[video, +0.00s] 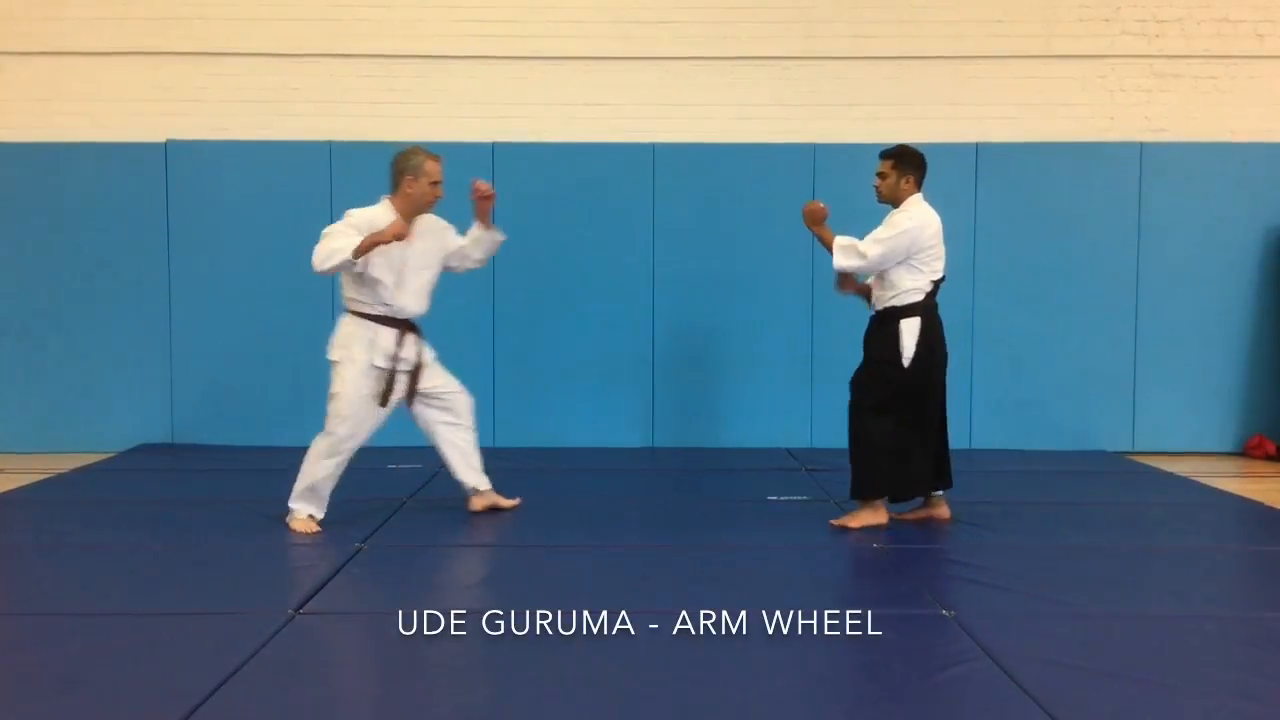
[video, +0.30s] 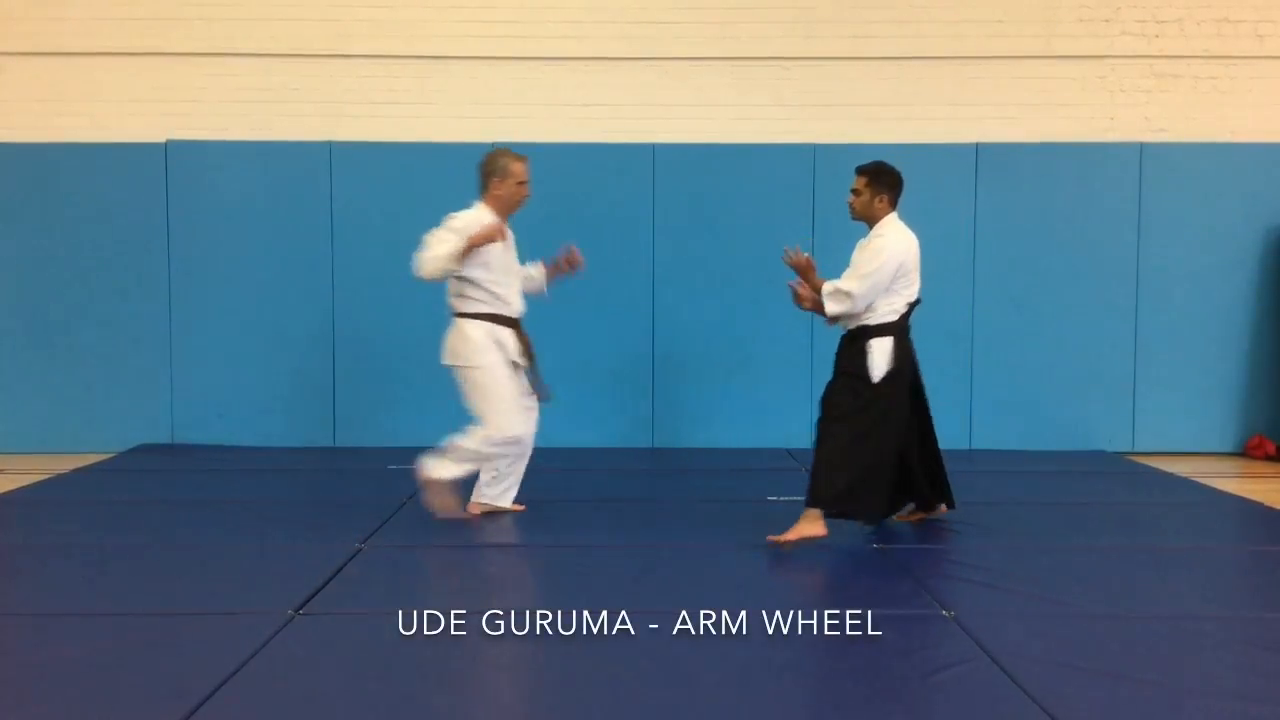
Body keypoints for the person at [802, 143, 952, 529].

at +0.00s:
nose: (876, 183)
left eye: (883, 176)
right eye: (877, 176)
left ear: (907, 180)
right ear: (906, 181)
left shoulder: (912, 219)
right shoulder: (915, 216)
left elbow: (863, 258)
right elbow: (898, 287)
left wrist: (820, 230)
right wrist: (859, 288)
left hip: (903, 327)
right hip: (917, 324)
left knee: (867, 405)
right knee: (922, 410)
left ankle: (873, 505)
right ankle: (935, 499)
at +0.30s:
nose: (849, 199)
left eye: (857, 193)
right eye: (852, 192)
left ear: (881, 200)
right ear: (880, 200)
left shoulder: (886, 243)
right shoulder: (893, 236)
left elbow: (849, 297)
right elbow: (864, 298)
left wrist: (813, 280)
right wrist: (821, 303)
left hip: (871, 345)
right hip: (889, 342)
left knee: (834, 423)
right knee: (906, 422)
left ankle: (813, 514)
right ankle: (930, 500)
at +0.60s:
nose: (808, 192)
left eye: (815, 186)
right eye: (811, 185)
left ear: (834, 192)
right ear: (841, 193)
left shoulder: (843, 239)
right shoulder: (842, 229)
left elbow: (794, 294)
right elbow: (782, 240)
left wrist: (776, 265)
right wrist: (753, 204)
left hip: (831, 350)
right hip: (852, 344)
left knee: (804, 443)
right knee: (866, 436)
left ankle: (813, 544)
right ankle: (903, 512)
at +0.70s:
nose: (799, 188)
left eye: (804, 180)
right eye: (800, 180)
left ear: (819, 184)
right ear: (840, 185)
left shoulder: (818, 234)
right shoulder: (856, 219)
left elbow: (776, 292)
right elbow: (802, 213)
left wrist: (767, 268)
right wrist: (773, 180)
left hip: (821, 346)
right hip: (854, 339)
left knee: (804, 440)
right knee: (860, 433)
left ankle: (814, 544)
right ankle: (882, 518)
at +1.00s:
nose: (783, 197)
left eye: (780, 192)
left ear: (781, 193)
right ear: (818, 193)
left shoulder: (768, 233)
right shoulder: (846, 221)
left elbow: (759, 291)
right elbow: (881, 222)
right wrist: (848, 212)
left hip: (799, 340)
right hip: (844, 337)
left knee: (789, 433)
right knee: (842, 427)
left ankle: (809, 538)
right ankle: (847, 515)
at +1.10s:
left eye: (780, 204)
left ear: (779, 205)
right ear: (815, 201)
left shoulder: (763, 244)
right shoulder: (843, 228)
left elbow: (763, 300)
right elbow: (884, 245)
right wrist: (858, 263)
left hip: (793, 344)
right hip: (839, 341)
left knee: (784, 434)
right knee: (833, 427)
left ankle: (809, 536)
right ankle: (830, 509)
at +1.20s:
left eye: (785, 213)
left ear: (783, 213)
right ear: (818, 211)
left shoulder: (765, 251)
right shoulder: (844, 238)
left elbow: (765, 311)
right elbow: (881, 264)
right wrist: (848, 276)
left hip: (788, 344)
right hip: (834, 340)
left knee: (779, 431)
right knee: (826, 426)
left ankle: (798, 517)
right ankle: (828, 510)